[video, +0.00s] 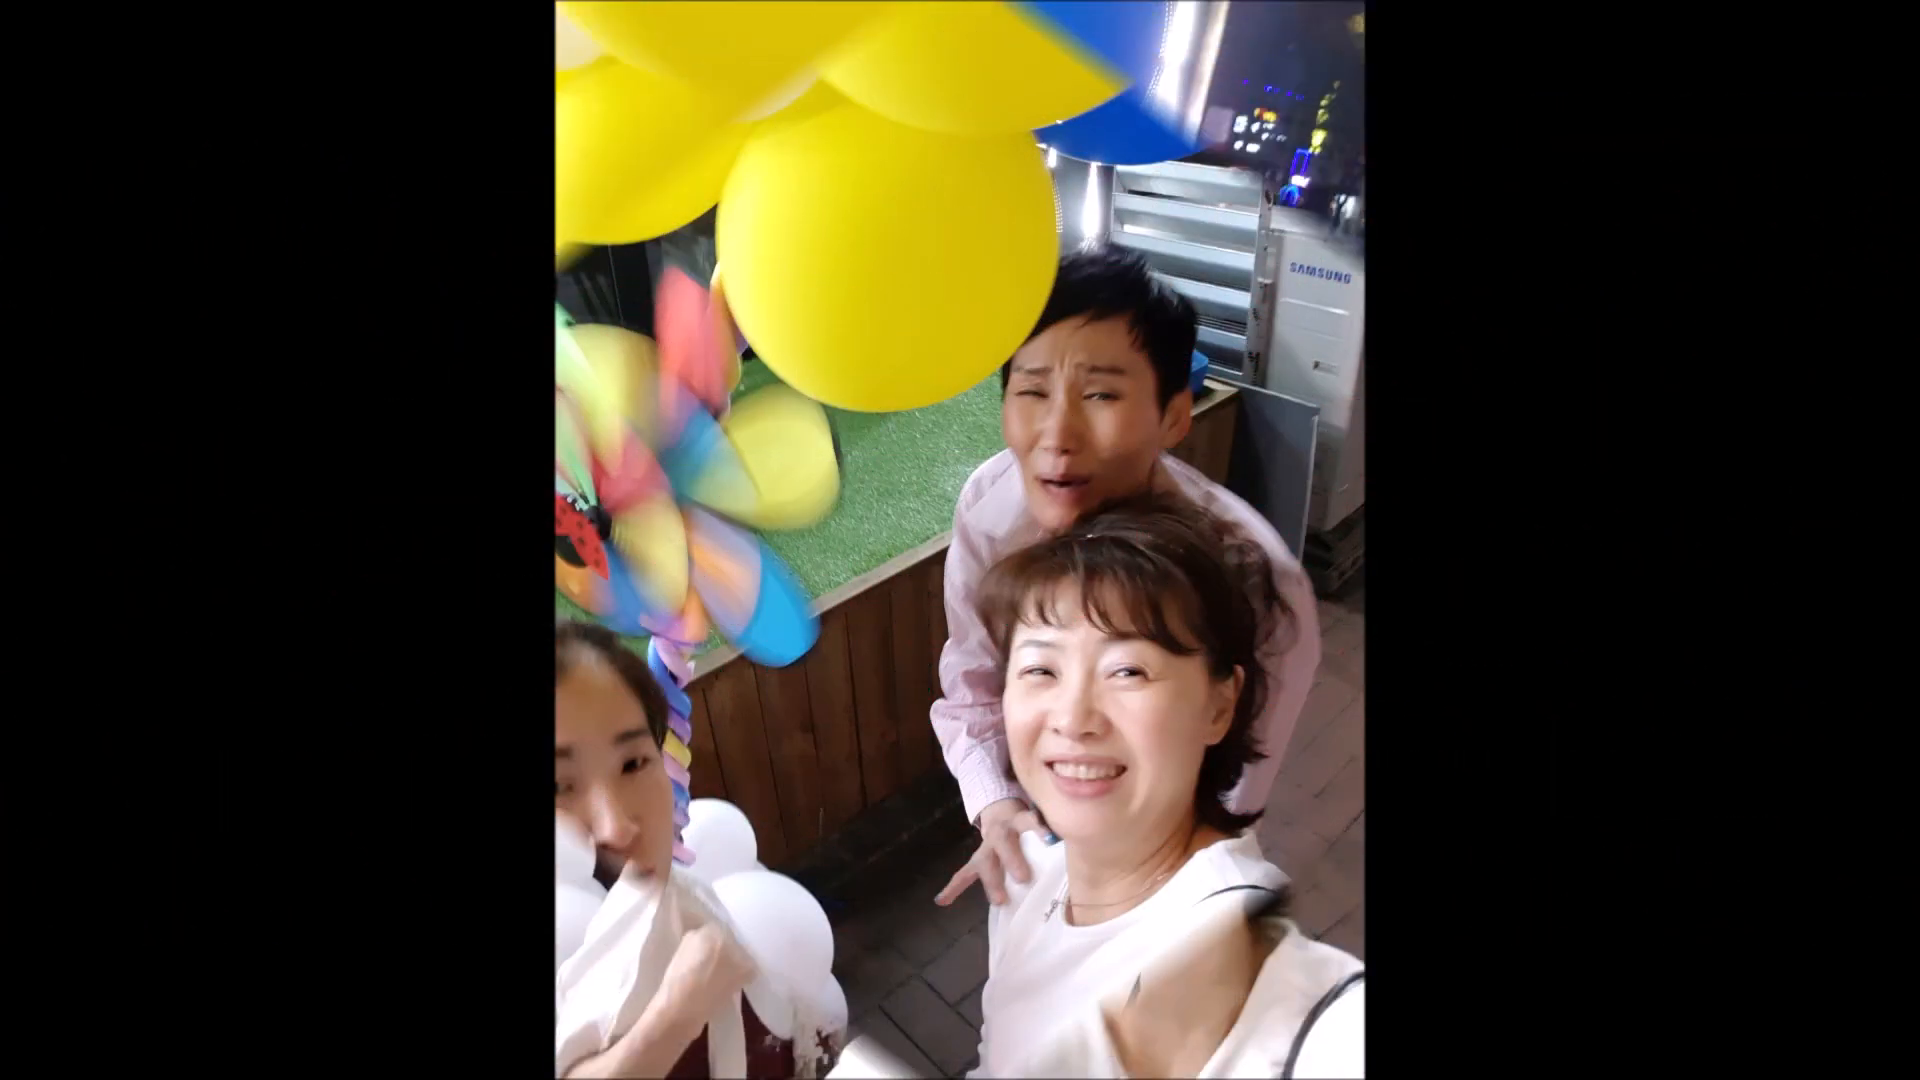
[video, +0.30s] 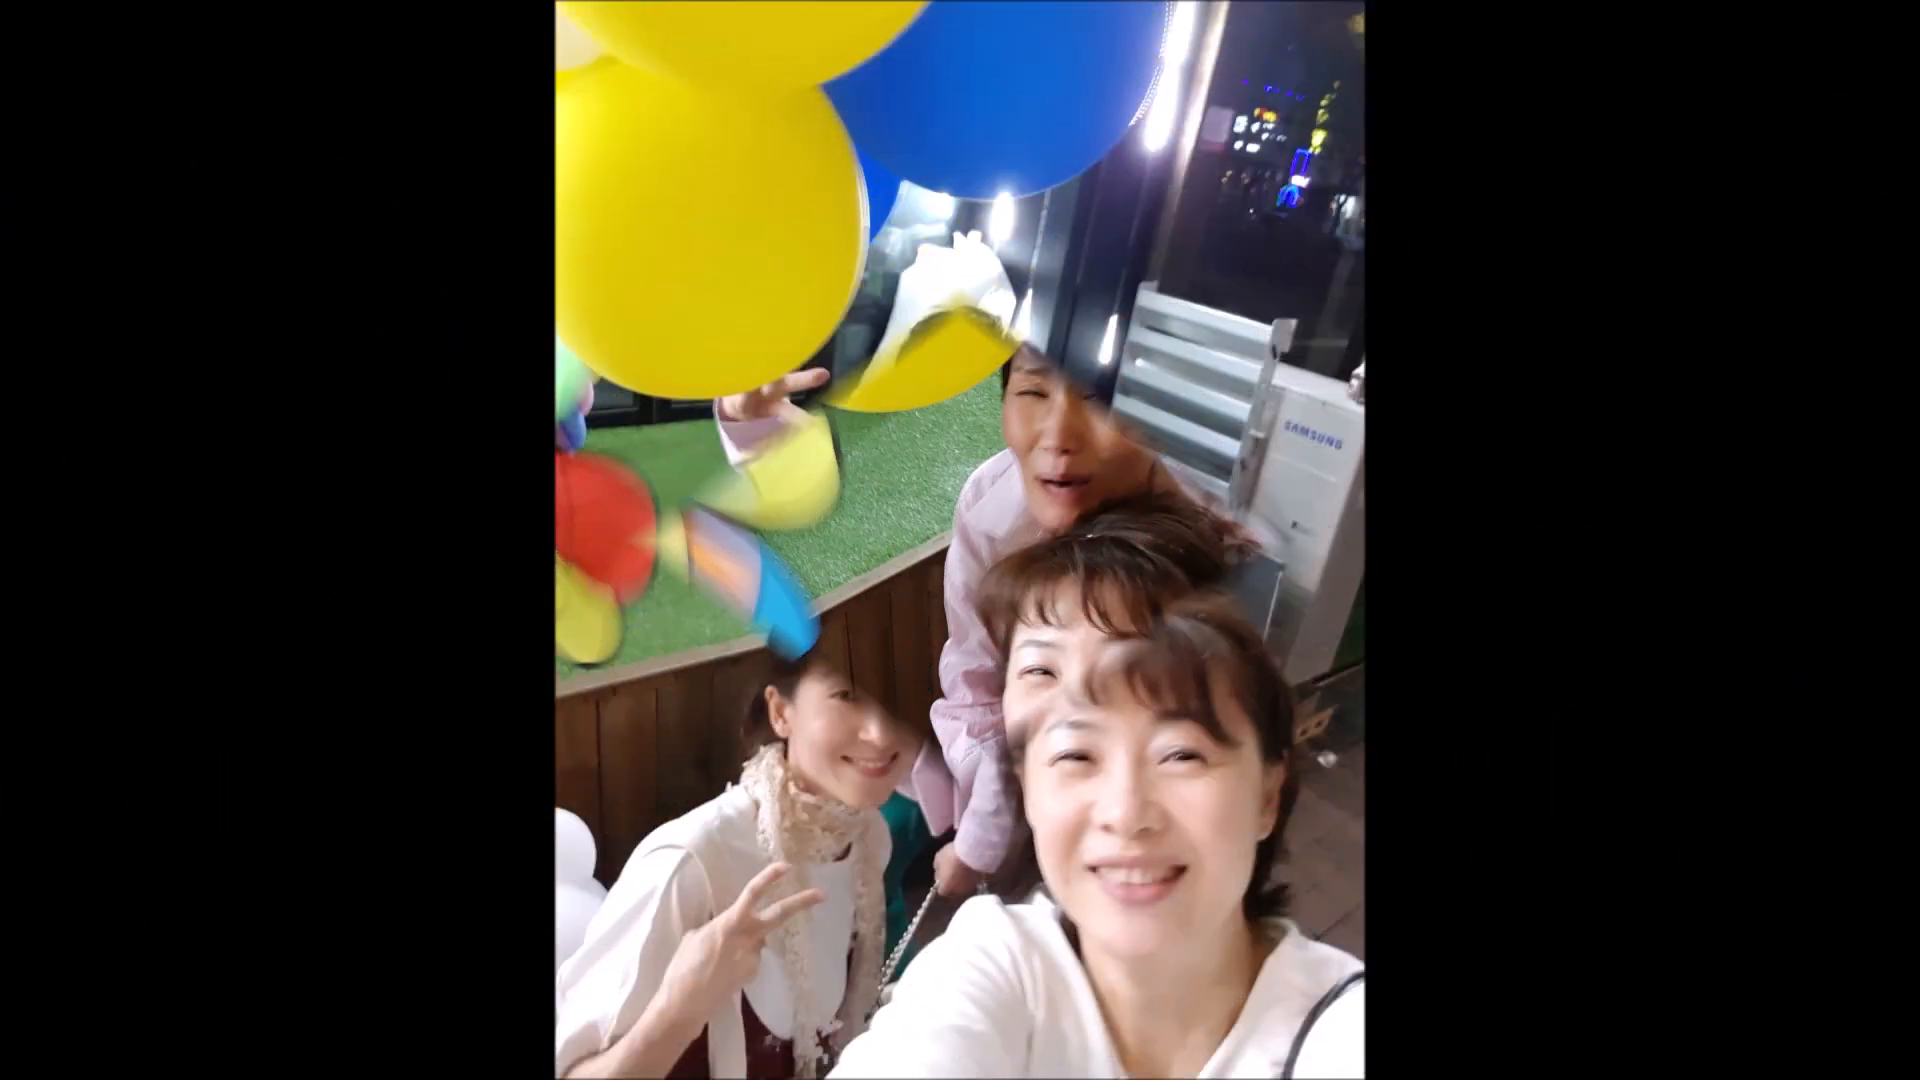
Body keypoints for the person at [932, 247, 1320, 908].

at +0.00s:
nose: (1057, 435)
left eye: (1101, 396)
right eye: (1033, 393)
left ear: (1174, 420)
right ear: (1004, 407)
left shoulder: (1253, 576)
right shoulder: (990, 504)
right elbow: (967, 677)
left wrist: (1224, 818)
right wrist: (992, 802)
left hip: (1177, 818)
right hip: (1040, 806)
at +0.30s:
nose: (1058, 439)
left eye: (1103, 400)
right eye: (1033, 392)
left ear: (1165, 418)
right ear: (1003, 402)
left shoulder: (1219, 563)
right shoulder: (989, 504)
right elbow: (971, 684)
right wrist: (983, 840)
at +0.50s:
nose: (937, 469)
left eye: (971, 438)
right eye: (917, 435)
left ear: (1030, 448)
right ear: (895, 433)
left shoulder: (1058, 603)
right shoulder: (868, 469)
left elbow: (1024, 755)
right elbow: (771, 446)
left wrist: (974, 855)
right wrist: (749, 411)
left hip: (950, 817)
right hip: (844, 772)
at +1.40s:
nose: (937, 468)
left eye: (972, 438)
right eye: (917, 435)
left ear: (1030, 450)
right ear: (896, 434)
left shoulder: (1062, 608)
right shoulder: (866, 469)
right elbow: (762, 442)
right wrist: (749, 405)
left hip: (970, 834)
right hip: (832, 801)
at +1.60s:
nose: (943, 489)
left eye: (952, 482)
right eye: (935, 483)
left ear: (965, 490)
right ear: (923, 492)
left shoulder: (984, 546)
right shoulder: (904, 546)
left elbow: (1013, 608)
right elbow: (892, 602)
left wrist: (1033, 668)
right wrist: (886, 646)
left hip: (968, 675)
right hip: (917, 675)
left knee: (949, 767)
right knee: (909, 773)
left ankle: (963, 857)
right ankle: (939, 865)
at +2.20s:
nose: (961, 491)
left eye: (969, 484)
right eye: (953, 485)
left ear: (981, 491)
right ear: (941, 493)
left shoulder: (1001, 540)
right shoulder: (926, 546)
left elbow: (1031, 596)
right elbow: (915, 601)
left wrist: (1014, 621)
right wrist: (906, 638)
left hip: (999, 661)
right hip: (951, 659)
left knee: (994, 749)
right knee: (975, 736)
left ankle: (982, 839)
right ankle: (960, 824)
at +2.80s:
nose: (972, 490)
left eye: (979, 482)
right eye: (963, 484)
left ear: (991, 489)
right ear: (952, 492)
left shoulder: (1012, 539)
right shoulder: (939, 543)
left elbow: (1048, 590)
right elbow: (938, 604)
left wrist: (1072, 634)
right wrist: (955, 604)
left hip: (994, 663)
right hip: (946, 659)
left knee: (988, 754)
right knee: (928, 743)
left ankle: (978, 841)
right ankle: (894, 819)